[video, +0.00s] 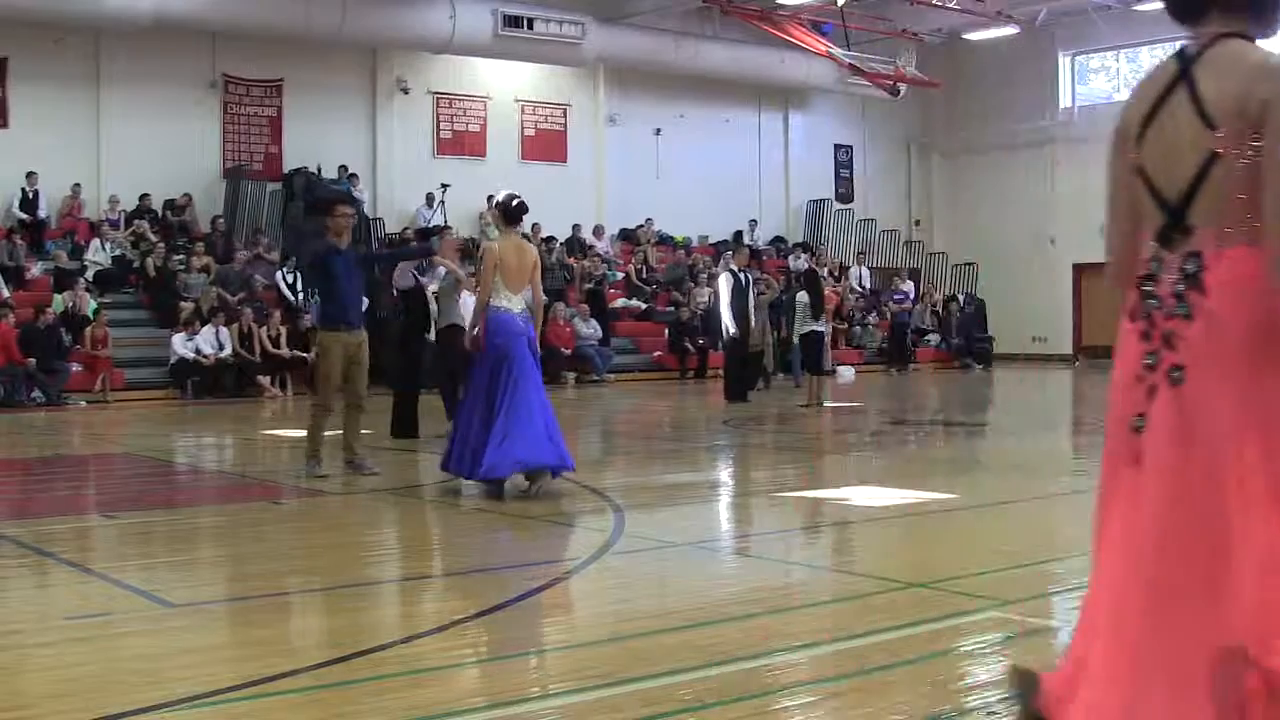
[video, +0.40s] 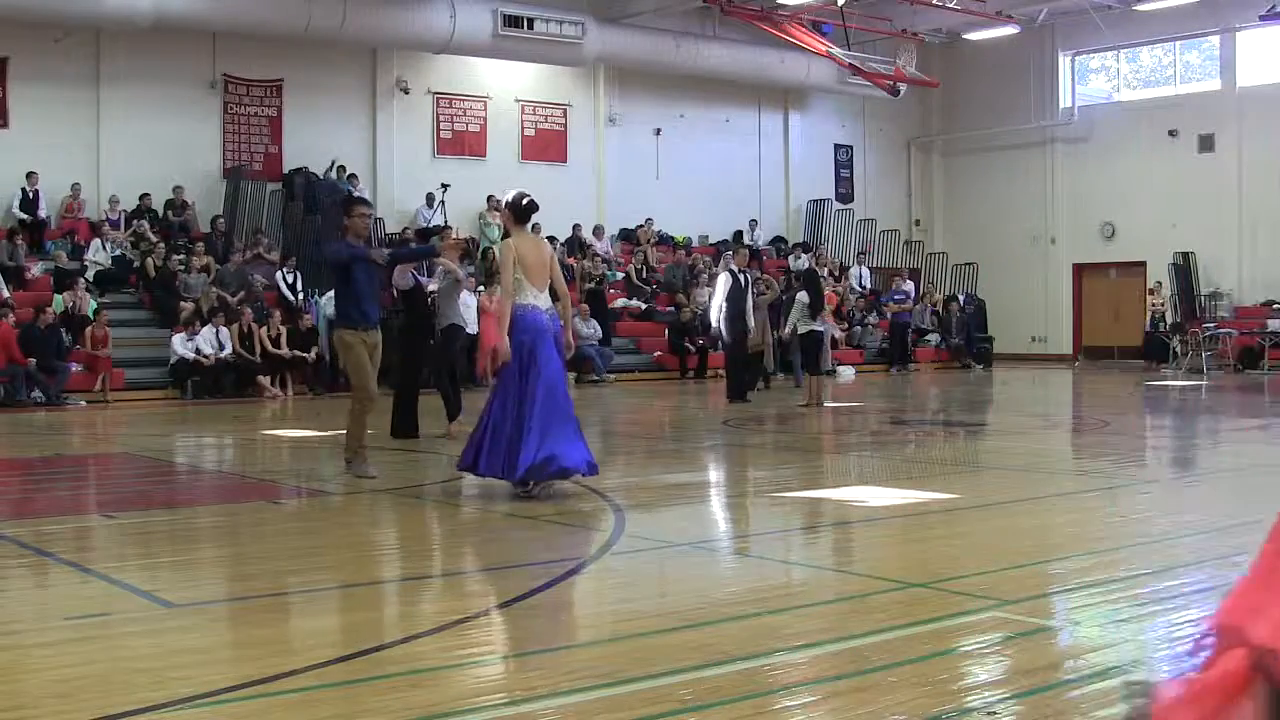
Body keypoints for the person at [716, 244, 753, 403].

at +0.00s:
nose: (747, 259)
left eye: (748, 256)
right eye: (745, 255)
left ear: (745, 257)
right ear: (736, 256)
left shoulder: (747, 277)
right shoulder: (725, 277)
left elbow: (751, 302)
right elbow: (724, 304)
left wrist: (752, 322)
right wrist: (731, 327)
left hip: (746, 321)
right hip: (733, 321)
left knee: (742, 358)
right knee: (732, 359)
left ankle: (741, 391)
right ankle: (731, 393)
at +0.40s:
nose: (746, 259)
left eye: (747, 256)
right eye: (743, 255)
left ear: (747, 258)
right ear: (735, 256)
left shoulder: (746, 277)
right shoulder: (725, 276)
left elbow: (749, 303)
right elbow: (717, 301)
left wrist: (751, 323)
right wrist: (714, 324)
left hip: (742, 320)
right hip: (728, 319)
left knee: (742, 355)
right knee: (732, 356)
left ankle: (741, 391)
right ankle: (733, 393)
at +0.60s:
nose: (748, 260)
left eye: (749, 257)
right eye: (745, 257)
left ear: (748, 259)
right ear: (736, 258)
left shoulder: (746, 276)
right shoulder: (726, 275)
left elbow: (748, 299)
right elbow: (710, 294)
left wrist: (752, 317)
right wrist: (697, 313)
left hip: (740, 319)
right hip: (728, 319)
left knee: (740, 355)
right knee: (732, 356)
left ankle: (740, 392)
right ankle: (734, 394)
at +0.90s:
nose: (749, 272)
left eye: (749, 268)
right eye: (747, 268)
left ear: (744, 267)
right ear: (737, 266)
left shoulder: (744, 285)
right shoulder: (724, 283)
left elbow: (753, 306)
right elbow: (717, 306)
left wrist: (763, 326)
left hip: (735, 326)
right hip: (724, 325)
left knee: (737, 359)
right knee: (732, 360)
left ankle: (718, 386)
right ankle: (735, 395)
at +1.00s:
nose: (745, 272)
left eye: (746, 270)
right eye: (743, 269)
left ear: (739, 269)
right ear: (734, 268)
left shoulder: (739, 284)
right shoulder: (719, 284)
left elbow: (747, 302)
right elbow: (729, 307)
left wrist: (754, 316)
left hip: (733, 323)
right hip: (721, 324)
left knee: (729, 359)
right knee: (731, 358)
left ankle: (712, 387)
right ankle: (736, 394)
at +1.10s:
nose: (737, 272)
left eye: (737, 269)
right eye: (735, 269)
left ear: (735, 269)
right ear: (726, 268)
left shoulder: (733, 281)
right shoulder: (713, 282)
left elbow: (739, 300)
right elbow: (730, 300)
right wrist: (751, 311)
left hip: (727, 322)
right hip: (716, 322)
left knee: (724, 356)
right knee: (730, 354)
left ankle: (710, 390)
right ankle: (739, 393)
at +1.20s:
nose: (734, 271)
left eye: (735, 268)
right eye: (732, 267)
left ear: (728, 266)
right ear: (724, 265)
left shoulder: (724, 281)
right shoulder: (709, 280)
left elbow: (737, 294)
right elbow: (729, 293)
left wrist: (735, 279)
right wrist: (752, 296)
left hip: (724, 321)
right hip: (712, 322)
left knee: (723, 356)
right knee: (729, 355)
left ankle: (710, 391)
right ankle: (740, 392)